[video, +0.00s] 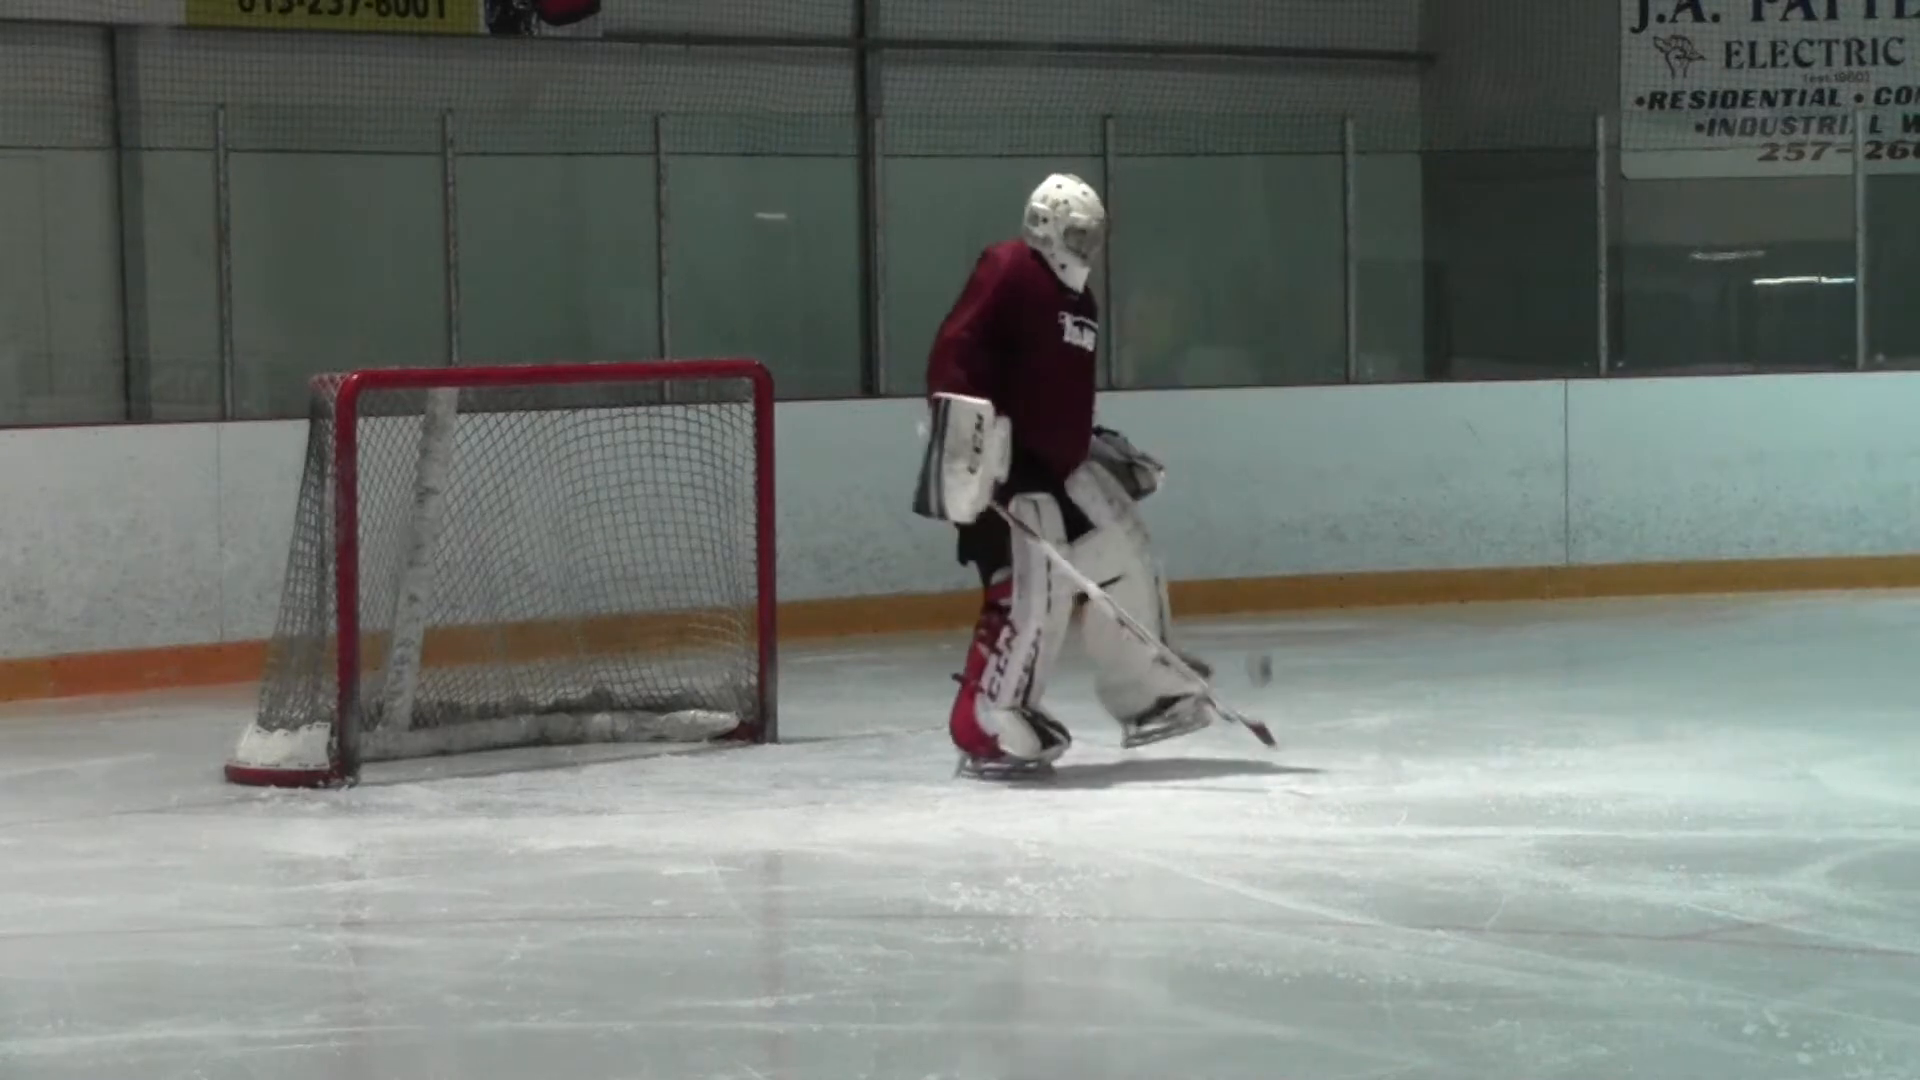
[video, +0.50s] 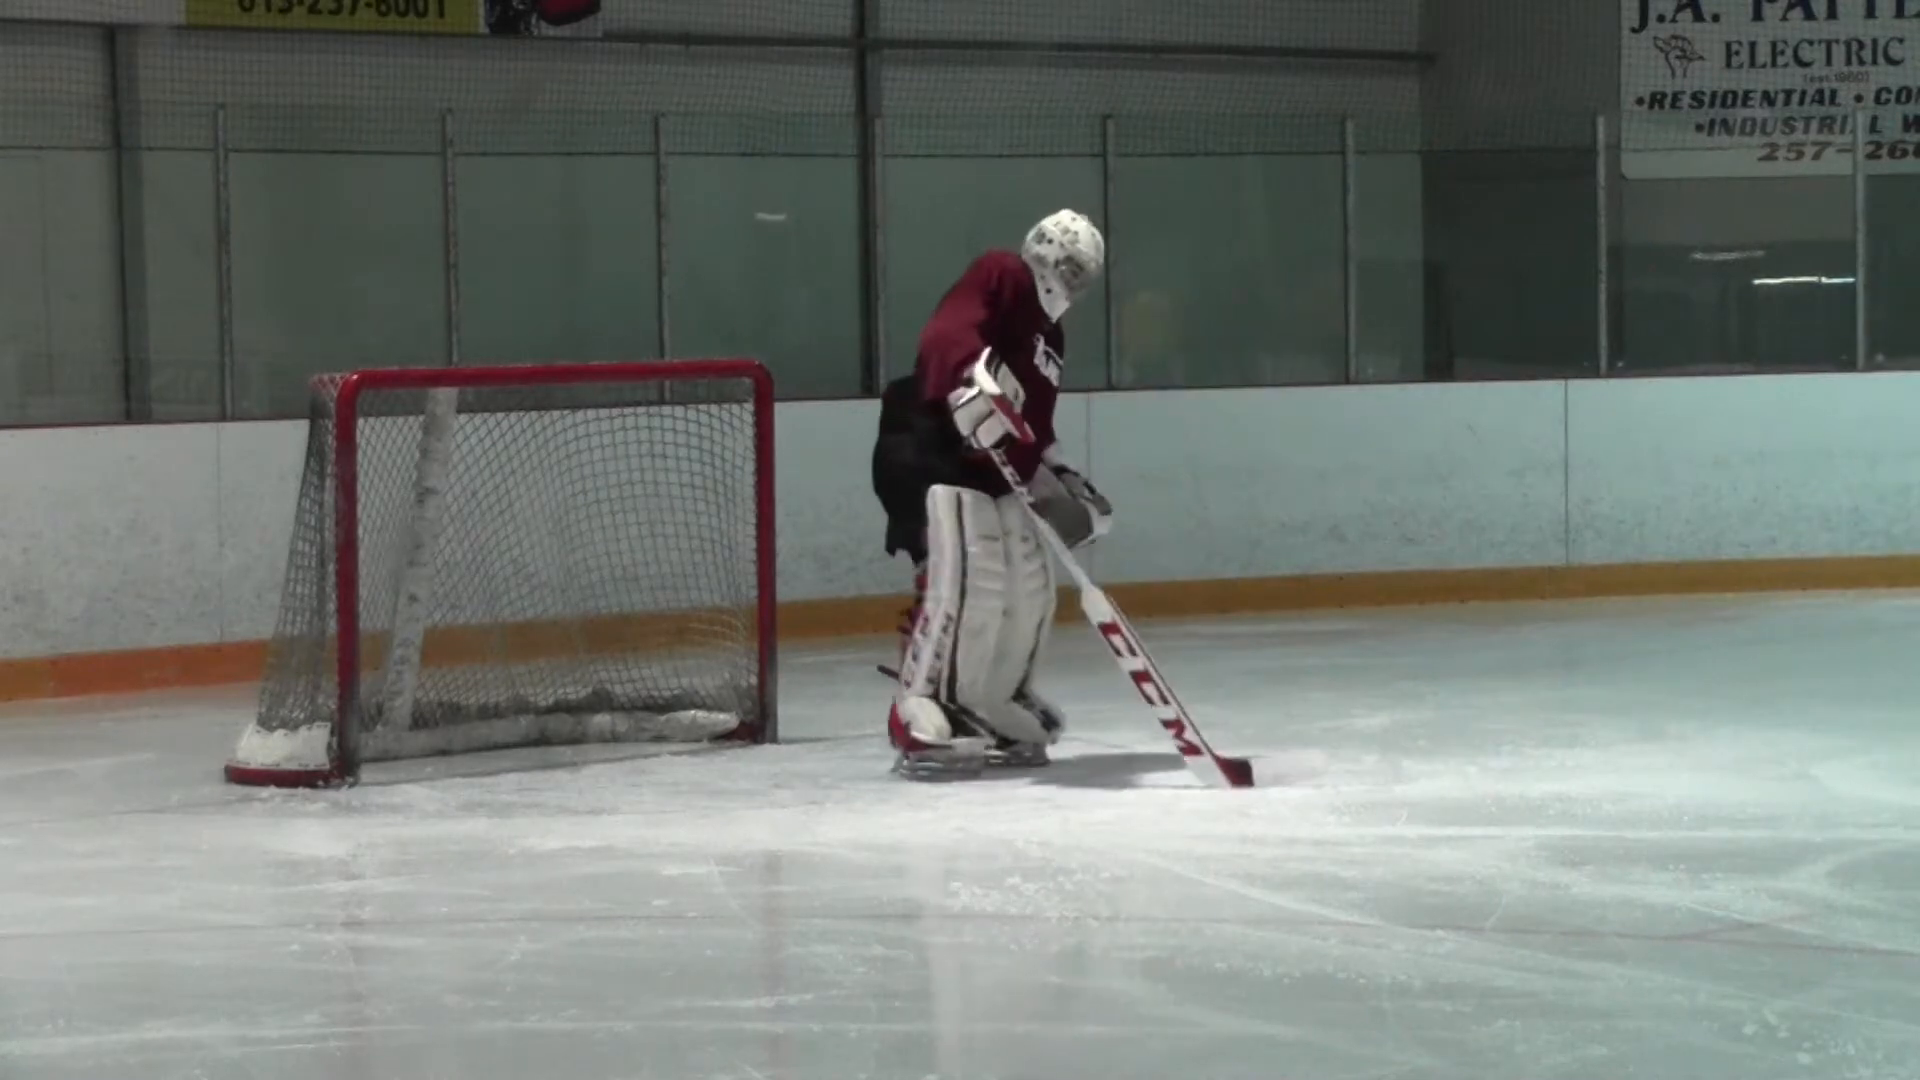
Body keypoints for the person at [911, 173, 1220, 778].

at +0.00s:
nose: (1086, 248)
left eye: (1092, 238)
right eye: (1078, 235)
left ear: (1094, 236)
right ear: (1048, 227)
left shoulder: (1077, 292)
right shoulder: (1008, 267)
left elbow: (1059, 391)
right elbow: (955, 355)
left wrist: (1099, 451)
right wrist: (969, 463)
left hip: (1066, 468)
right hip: (1012, 472)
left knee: (1123, 564)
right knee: (1027, 597)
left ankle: (1148, 696)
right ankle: (990, 725)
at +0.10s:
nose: (1085, 258)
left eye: (1093, 247)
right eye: (1078, 244)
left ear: (1099, 246)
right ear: (1047, 233)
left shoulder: (1077, 306)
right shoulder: (1007, 269)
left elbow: (1050, 400)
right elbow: (949, 348)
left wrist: (1079, 461)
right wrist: (940, 441)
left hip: (1050, 473)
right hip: (996, 472)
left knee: (1100, 578)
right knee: (1014, 597)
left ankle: (1098, 713)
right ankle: (982, 730)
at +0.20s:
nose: (1087, 271)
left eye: (1097, 262)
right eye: (1082, 256)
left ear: (1101, 258)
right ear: (1055, 241)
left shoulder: (1075, 316)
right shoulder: (1006, 276)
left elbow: (1049, 406)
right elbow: (947, 361)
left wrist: (1060, 474)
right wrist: (941, 468)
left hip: (1038, 484)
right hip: (983, 480)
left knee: (1071, 598)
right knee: (999, 603)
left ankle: (1043, 712)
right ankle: (971, 736)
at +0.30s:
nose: (1087, 282)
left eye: (1097, 273)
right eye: (1084, 266)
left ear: (1098, 266)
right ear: (1060, 248)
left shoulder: (1070, 321)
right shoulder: (1009, 275)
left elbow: (1036, 413)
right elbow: (947, 357)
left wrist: (1054, 477)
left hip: (1017, 481)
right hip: (952, 472)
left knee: (1057, 587)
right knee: (989, 591)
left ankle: (1025, 703)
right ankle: (955, 721)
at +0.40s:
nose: (1077, 286)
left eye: (1089, 279)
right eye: (1074, 270)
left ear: (1094, 278)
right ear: (1051, 253)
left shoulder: (1062, 334)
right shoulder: (1007, 275)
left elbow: (1032, 419)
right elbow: (952, 345)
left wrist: (1047, 478)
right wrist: (968, 413)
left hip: (1010, 481)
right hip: (955, 467)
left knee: (1045, 588)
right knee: (980, 585)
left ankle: (1006, 705)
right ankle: (938, 713)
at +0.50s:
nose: (1065, 289)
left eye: (1077, 281)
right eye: (1062, 272)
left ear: (1082, 278)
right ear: (1041, 255)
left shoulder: (1050, 335)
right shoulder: (1000, 273)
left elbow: (1032, 425)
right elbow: (947, 335)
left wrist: (1054, 475)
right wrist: (973, 395)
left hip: (1012, 483)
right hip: (962, 475)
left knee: (1030, 595)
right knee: (974, 594)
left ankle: (995, 701)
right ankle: (942, 709)